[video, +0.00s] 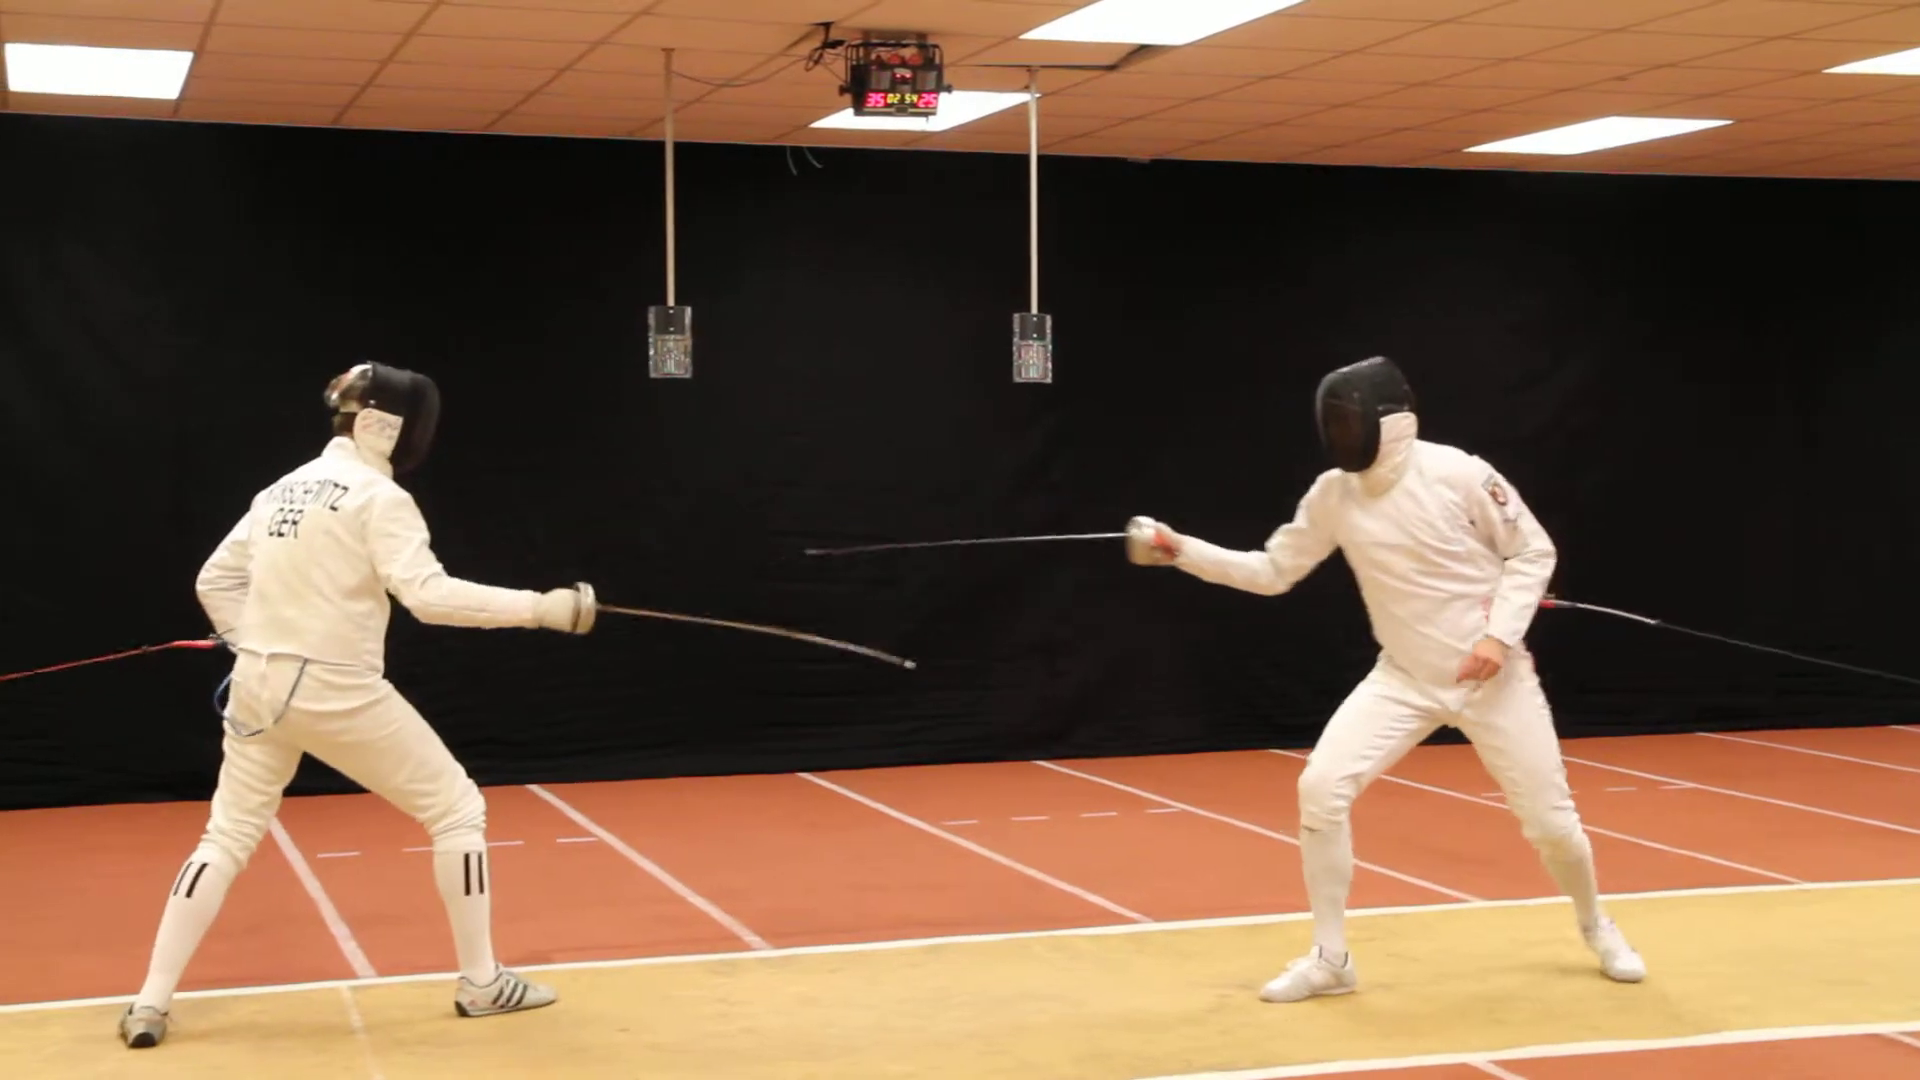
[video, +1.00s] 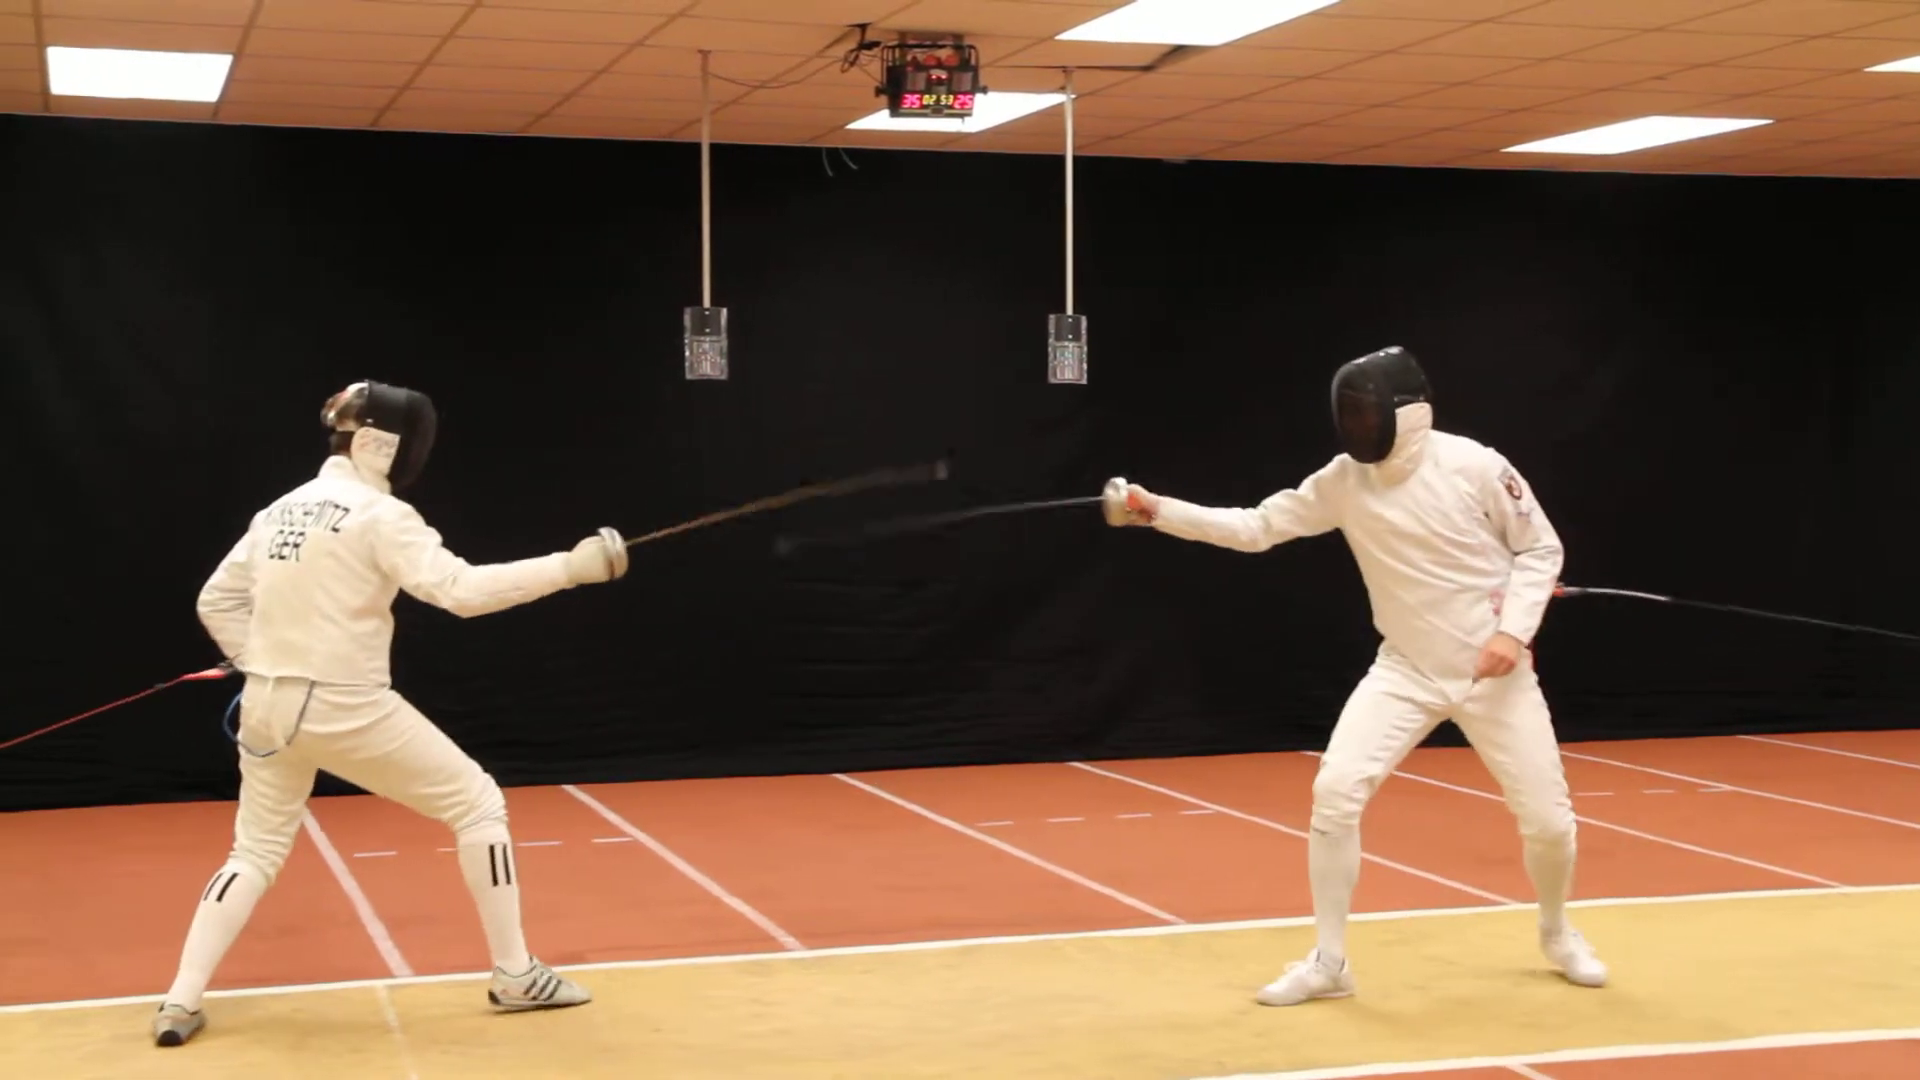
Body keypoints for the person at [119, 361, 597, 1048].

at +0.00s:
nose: (415, 440)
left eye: (415, 426)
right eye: (412, 427)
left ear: (341, 417)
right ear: (393, 427)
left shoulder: (279, 493)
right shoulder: (380, 499)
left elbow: (216, 581)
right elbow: (428, 595)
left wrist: (262, 651)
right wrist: (544, 606)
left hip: (256, 689)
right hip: (339, 691)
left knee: (225, 837)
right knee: (456, 811)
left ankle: (150, 1003)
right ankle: (482, 981)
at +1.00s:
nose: (404, 456)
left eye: (403, 444)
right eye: (398, 443)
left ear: (343, 440)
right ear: (373, 442)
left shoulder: (278, 513)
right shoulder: (380, 515)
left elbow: (217, 601)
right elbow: (462, 589)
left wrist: (266, 671)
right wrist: (573, 564)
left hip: (264, 708)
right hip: (349, 707)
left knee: (253, 853)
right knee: (478, 805)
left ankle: (179, 1002)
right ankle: (515, 974)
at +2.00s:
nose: (541, 461)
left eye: (528, 444)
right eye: (539, 448)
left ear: (496, 444)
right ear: (533, 454)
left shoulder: (430, 510)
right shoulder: (525, 523)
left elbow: (368, 595)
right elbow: (616, 594)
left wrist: (399, 670)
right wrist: (730, 579)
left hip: (385, 695)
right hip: (469, 704)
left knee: (334, 842)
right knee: (589, 802)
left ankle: (212, 977)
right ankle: (618, 967)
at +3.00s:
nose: (563, 482)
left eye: (555, 466)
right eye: (560, 469)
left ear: (499, 462)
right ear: (542, 470)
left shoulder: (445, 530)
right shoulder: (527, 538)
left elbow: (392, 619)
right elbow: (603, 625)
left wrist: (422, 686)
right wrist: (715, 613)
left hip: (408, 713)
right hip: (487, 716)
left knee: (357, 857)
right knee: (625, 788)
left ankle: (242, 990)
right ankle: (662, 955)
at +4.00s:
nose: (698, 457)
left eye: (689, 441)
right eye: (697, 446)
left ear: (637, 441)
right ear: (686, 449)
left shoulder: (591, 508)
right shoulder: (686, 517)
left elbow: (590, 604)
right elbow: (764, 600)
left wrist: (554, 647)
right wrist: (873, 591)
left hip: (562, 693)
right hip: (648, 697)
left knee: (510, 832)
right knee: (757, 796)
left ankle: (411, 969)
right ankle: (770, 955)